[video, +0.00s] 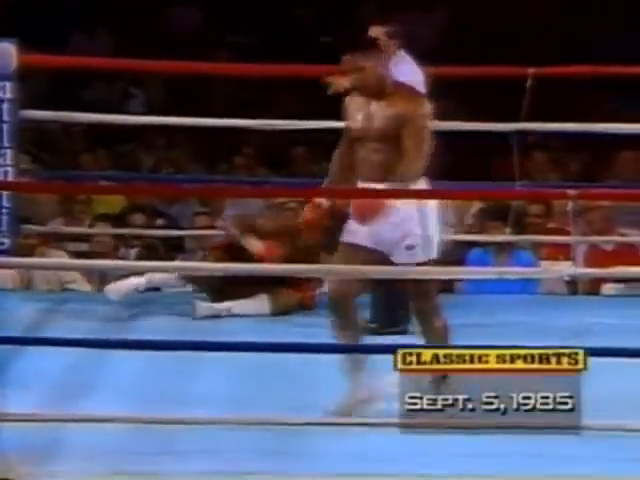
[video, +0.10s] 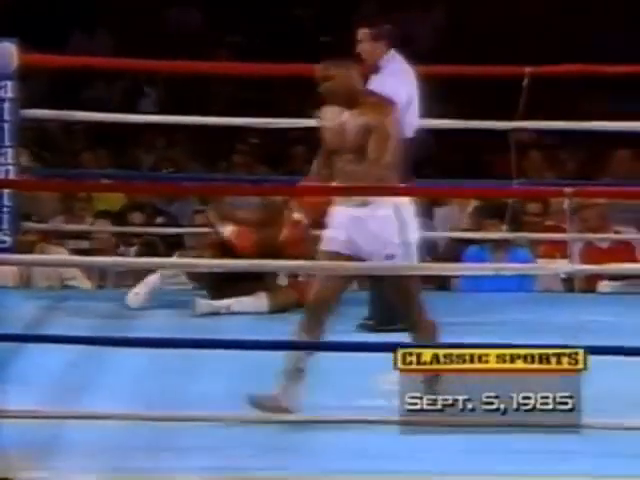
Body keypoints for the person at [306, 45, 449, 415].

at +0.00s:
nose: (355, 80)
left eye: (361, 72)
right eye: (351, 73)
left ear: (381, 69)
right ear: (349, 77)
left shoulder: (412, 106)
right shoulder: (354, 104)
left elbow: (415, 162)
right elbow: (346, 152)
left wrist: (382, 195)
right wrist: (327, 196)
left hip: (408, 209)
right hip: (365, 209)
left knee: (422, 301)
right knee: (339, 292)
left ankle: (444, 379)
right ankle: (359, 385)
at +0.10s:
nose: (324, 88)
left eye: (329, 80)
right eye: (322, 81)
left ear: (351, 78)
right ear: (326, 84)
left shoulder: (382, 114)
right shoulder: (329, 114)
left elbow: (384, 172)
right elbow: (324, 164)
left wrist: (336, 171)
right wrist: (302, 203)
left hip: (385, 213)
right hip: (344, 213)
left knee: (409, 307)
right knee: (319, 303)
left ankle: (435, 381)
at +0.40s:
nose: (247, 90)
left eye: (252, 82)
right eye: (244, 84)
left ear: (275, 77)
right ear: (253, 84)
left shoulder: (308, 115)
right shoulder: (258, 118)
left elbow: (317, 174)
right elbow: (262, 171)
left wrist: (295, 223)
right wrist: (237, 213)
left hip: (305, 213)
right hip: (263, 213)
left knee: (308, 316)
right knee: (258, 309)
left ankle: (368, 361)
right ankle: (265, 402)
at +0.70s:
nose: (192, 96)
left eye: (198, 88)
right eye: (188, 89)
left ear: (219, 84)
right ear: (188, 90)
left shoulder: (253, 126)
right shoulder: (198, 126)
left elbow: (281, 178)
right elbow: (186, 172)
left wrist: (285, 228)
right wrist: (161, 217)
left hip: (240, 220)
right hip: (203, 219)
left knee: (210, 311)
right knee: (239, 310)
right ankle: (267, 393)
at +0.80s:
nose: (179, 102)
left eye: (184, 93)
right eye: (175, 95)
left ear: (204, 89)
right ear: (175, 97)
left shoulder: (238, 131)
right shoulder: (184, 128)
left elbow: (266, 182)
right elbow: (173, 173)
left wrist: (267, 233)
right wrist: (148, 216)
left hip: (224, 222)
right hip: (188, 220)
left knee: (187, 310)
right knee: (226, 309)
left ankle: (162, 408)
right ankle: (265, 388)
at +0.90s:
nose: (162, 102)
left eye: (167, 94)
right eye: (157, 96)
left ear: (187, 89)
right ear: (156, 97)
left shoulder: (218, 131)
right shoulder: (164, 125)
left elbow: (241, 186)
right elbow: (155, 173)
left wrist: (235, 237)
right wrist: (132, 222)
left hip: (198, 221)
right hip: (165, 219)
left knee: (170, 315)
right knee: (175, 316)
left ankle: (164, 412)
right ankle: (242, 361)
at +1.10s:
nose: (147, 96)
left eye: (152, 87)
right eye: (141, 89)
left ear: (171, 81)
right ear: (139, 90)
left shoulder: (198, 122)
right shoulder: (147, 117)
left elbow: (197, 183)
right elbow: (140, 166)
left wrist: (169, 224)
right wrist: (117, 213)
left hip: (183, 218)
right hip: (145, 214)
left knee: (180, 313)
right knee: (119, 305)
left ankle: (183, 402)